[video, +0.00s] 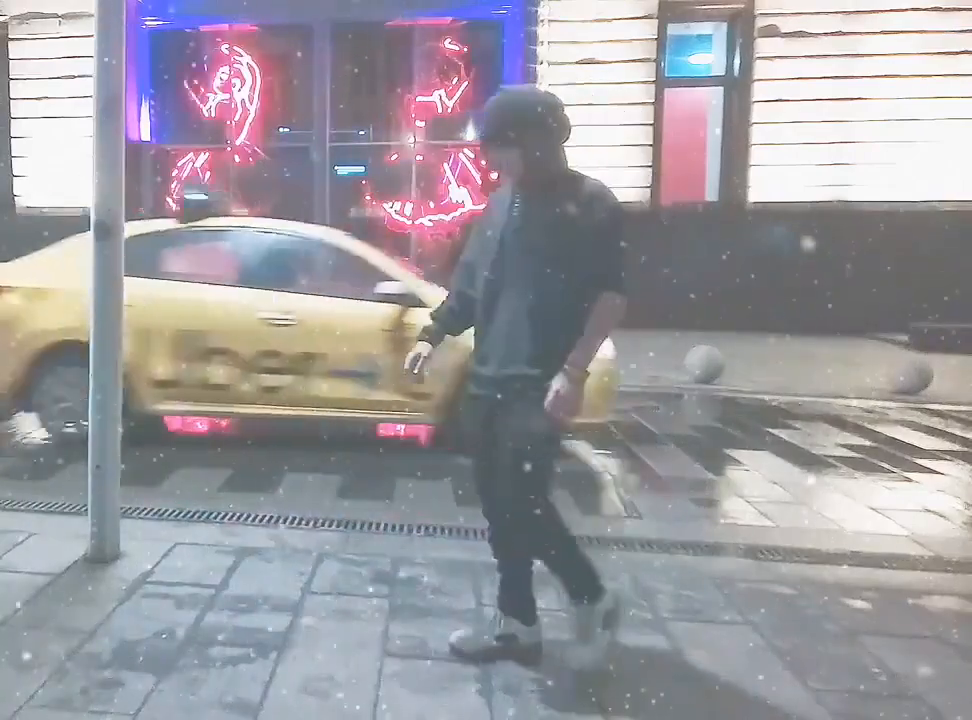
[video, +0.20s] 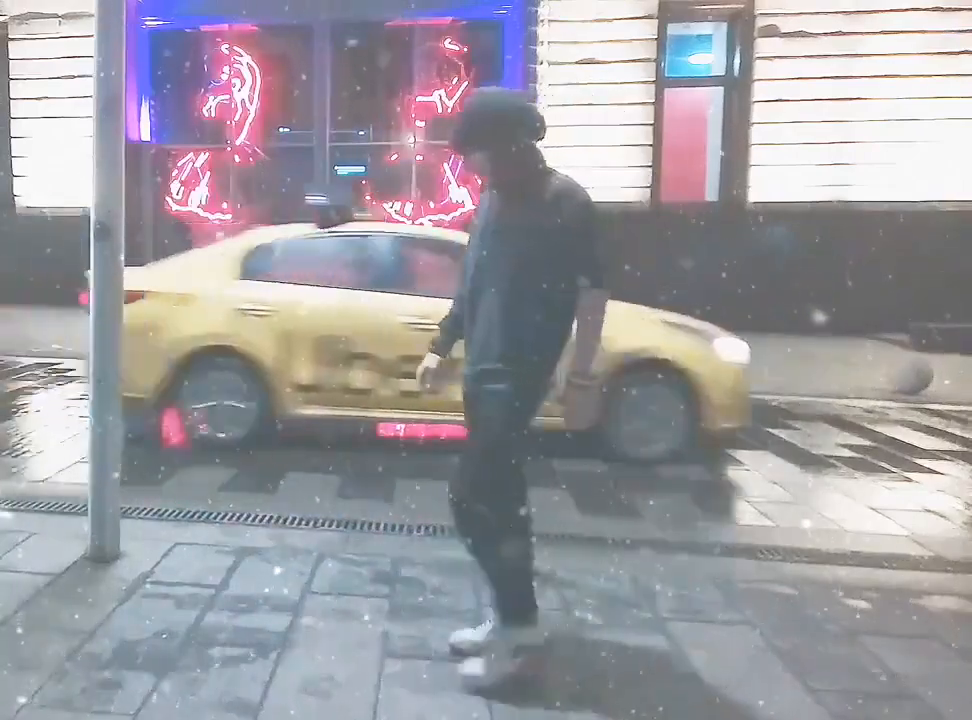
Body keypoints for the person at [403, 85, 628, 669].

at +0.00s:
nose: (494, 161)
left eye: (503, 148)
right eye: (491, 150)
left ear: (539, 143)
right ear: (499, 149)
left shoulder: (591, 205)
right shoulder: (502, 205)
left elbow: (612, 296)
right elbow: (472, 284)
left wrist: (573, 374)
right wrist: (432, 337)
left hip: (541, 384)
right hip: (490, 379)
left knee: (524, 501)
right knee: (499, 501)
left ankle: (592, 601)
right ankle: (517, 627)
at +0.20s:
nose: (476, 167)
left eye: (482, 154)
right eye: (473, 156)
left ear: (517, 147)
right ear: (485, 153)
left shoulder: (569, 205)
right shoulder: (494, 201)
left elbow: (594, 292)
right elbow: (475, 284)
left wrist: (580, 376)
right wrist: (439, 347)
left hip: (522, 374)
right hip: (482, 370)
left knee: (472, 494)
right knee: (499, 496)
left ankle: (521, 631)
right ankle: (508, 620)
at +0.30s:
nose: (457, 172)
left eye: (462, 158)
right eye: (453, 160)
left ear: (496, 150)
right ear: (478, 154)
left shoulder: (548, 206)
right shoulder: (488, 205)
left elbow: (579, 290)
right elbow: (482, 294)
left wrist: (577, 376)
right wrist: (464, 367)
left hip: (506, 376)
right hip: (473, 373)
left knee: (448, 492)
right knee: (502, 495)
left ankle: (450, 633)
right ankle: (517, 623)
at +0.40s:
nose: (447, 170)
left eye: (450, 156)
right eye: (442, 158)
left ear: (478, 145)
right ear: (469, 150)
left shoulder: (528, 202)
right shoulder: (481, 199)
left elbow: (566, 292)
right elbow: (483, 289)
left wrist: (563, 379)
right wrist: (461, 366)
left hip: (492, 374)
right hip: (470, 369)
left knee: (432, 487)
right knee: (496, 489)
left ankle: (412, 628)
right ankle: (516, 621)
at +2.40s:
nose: (353, 184)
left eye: (354, 172)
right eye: (349, 173)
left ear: (378, 163)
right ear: (381, 164)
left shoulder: (418, 211)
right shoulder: (396, 207)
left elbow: (432, 294)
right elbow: (386, 286)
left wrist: (419, 368)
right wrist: (352, 333)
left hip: (407, 358)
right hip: (388, 353)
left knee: (394, 460)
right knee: (396, 459)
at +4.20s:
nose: (404, 167)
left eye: (415, 157)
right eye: (395, 155)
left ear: (430, 156)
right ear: (380, 152)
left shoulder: (449, 211)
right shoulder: (351, 203)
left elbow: (475, 282)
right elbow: (324, 273)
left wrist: (499, 331)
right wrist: (310, 325)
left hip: (419, 366)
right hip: (356, 362)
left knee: (418, 476)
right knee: (352, 481)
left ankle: (464, 563)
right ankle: (356, 589)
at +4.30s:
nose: (385, 168)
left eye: (396, 157)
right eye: (377, 156)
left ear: (414, 156)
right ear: (364, 153)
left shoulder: (431, 208)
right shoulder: (337, 205)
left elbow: (458, 282)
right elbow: (314, 280)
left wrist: (471, 346)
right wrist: (300, 330)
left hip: (404, 360)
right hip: (344, 359)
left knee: (400, 469)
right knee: (345, 476)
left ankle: (456, 562)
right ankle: (355, 587)